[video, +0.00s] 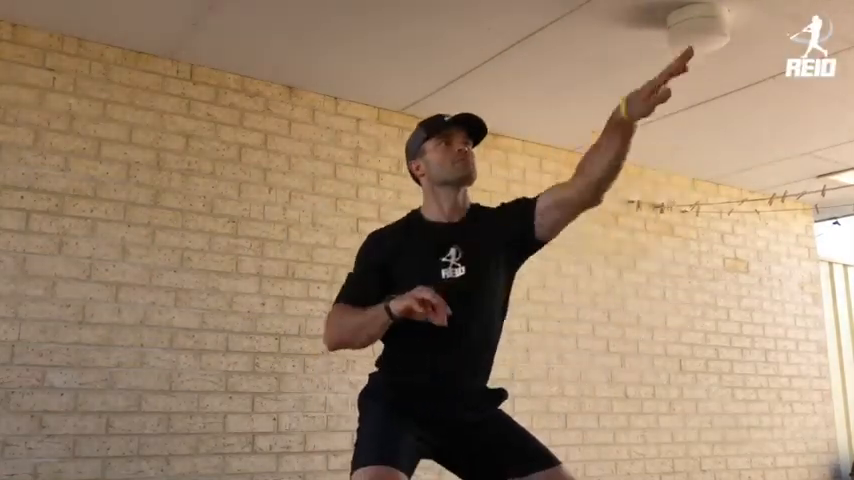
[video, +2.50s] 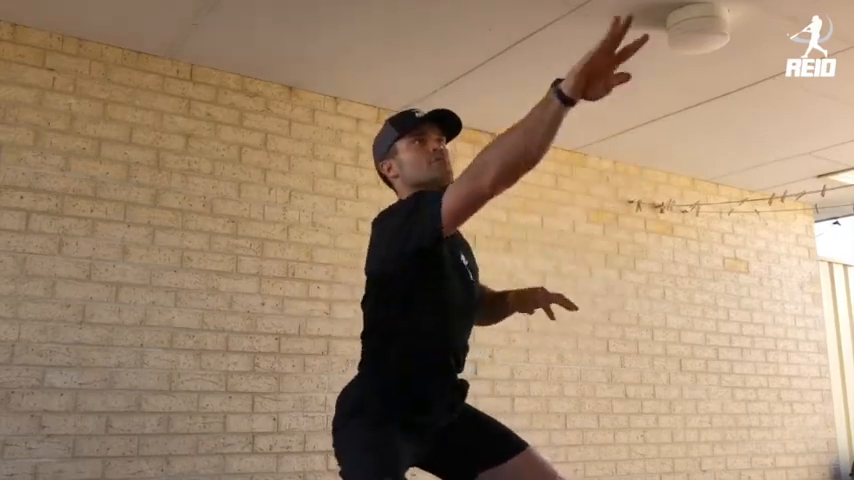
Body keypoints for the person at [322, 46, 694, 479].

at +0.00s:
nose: (462, 145)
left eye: (466, 140)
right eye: (444, 140)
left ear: (475, 159)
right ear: (417, 167)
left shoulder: (503, 228)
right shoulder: (386, 244)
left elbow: (584, 190)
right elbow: (336, 333)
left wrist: (624, 117)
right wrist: (391, 309)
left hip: (470, 408)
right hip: (397, 403)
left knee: (553, 476)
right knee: (377, 477)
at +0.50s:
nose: (462, 175)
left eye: (464, 168)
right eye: (444, 169)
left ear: (472, 182)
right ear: (415, 197)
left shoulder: (477, 265)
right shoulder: (411, 257)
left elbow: (501, 328)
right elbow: (482, 241)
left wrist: (540, 324)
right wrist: (568, 156)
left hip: (461, 436)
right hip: (396, 439)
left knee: (557, 476)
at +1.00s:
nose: (406, 136)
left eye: (411, 131)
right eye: (387, 131)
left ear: (422, 152)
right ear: (362, 162)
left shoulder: (460, 209)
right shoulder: (343, 247)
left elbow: (530, 158)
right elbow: (307, 354)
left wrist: (581, 75)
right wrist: (340, 317)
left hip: (454, 404)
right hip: (379, 405)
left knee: (543, 475)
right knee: (360, 475)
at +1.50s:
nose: (493, 146)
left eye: (497, 141)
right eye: (474, 140)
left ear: (502, 160)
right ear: (447, 165)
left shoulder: (501, 252)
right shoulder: (438, 215)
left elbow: (512, 335)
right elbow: (515, 205)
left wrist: (552, 314)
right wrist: (596, 144)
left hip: (472, 406)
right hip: (412, 406)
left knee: (563, 476)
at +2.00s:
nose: (465, 133)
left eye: (469, 129)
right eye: (448, 127)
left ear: (475, 149)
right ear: (419, 154)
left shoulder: (500, 217)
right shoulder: (384, 223)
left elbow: (588, 212)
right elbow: (336, 314)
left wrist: (625, 137)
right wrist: (381, 285)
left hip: (469, 395)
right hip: (394, 392)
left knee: (553, 477)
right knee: (366, 476)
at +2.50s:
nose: (438, 145)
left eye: (441, 138)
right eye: (419, 140)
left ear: (450, 152)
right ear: (389, 169)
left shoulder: (452, 241)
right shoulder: (396, 227)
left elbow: (469, 307)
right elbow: (489, 176)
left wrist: (517, 300)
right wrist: (566, 93)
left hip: (439, 414)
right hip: (377, 417)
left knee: (543, 476)